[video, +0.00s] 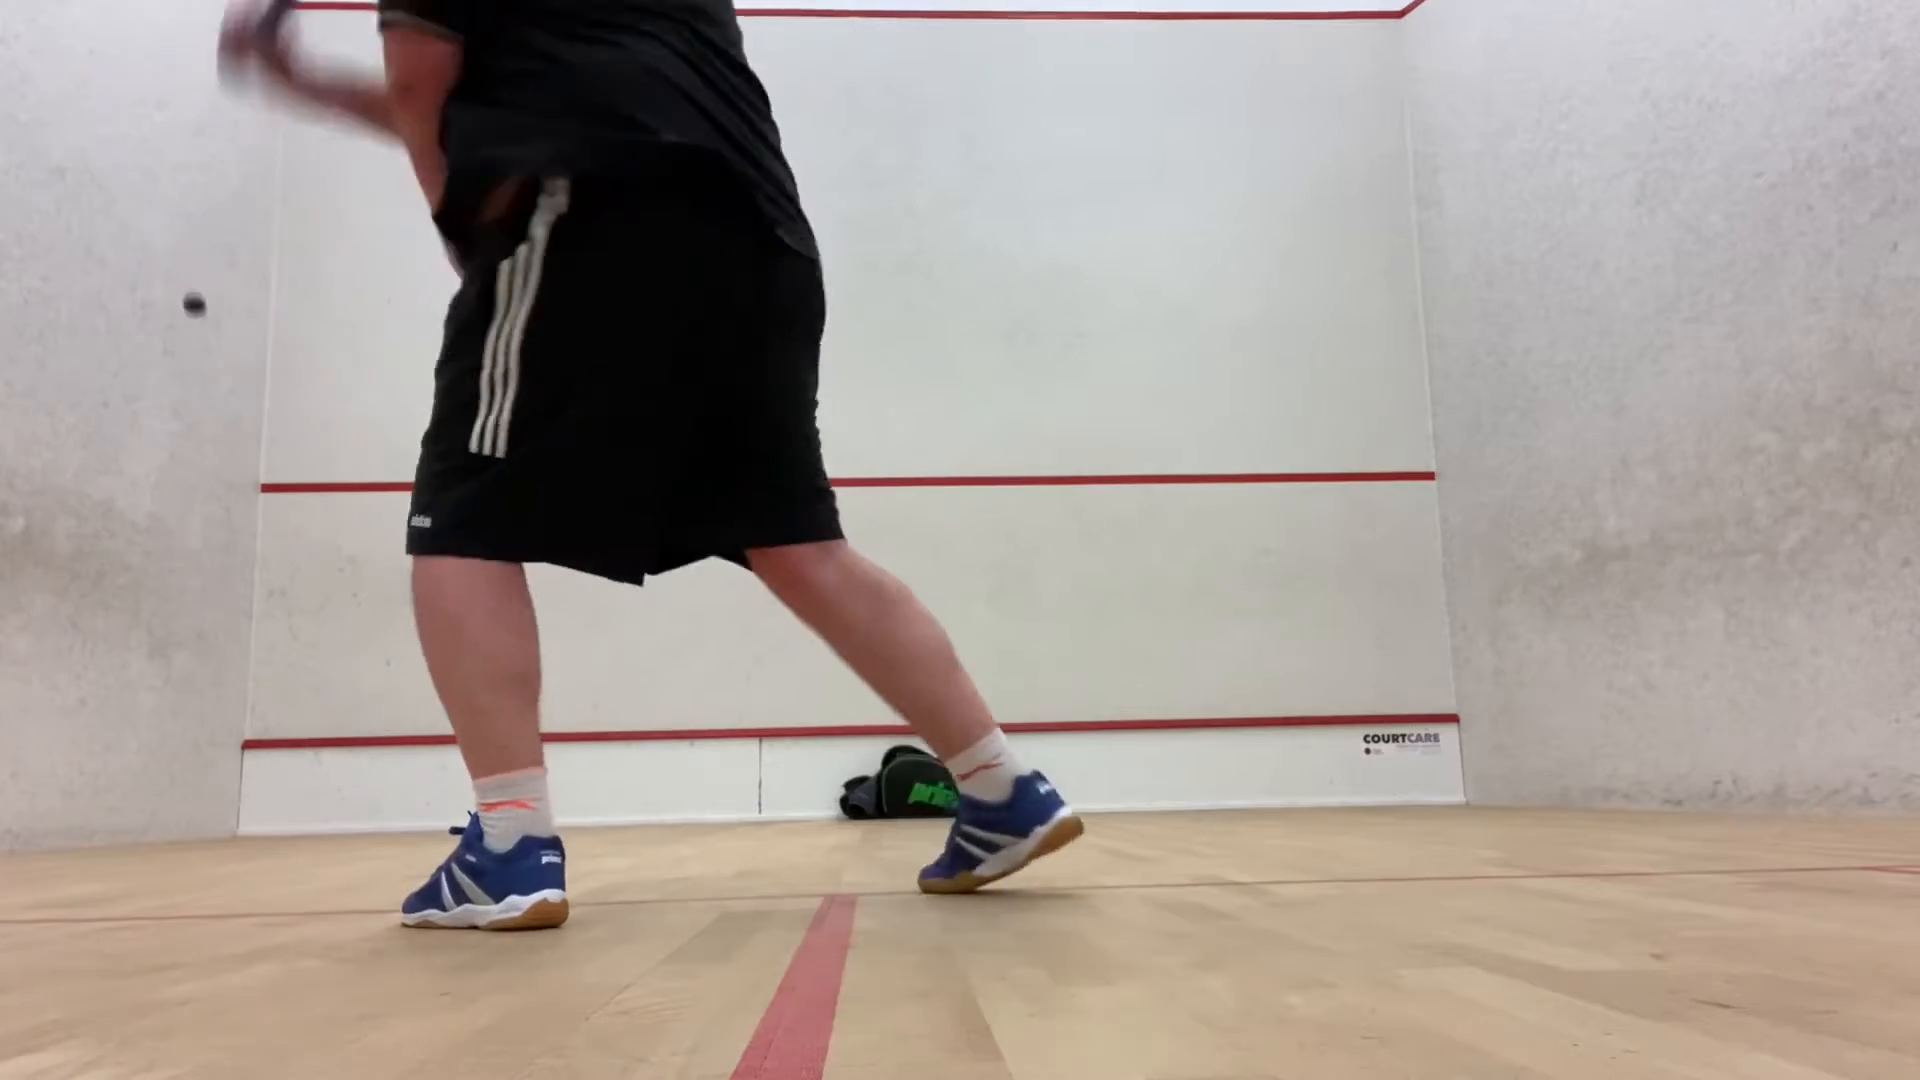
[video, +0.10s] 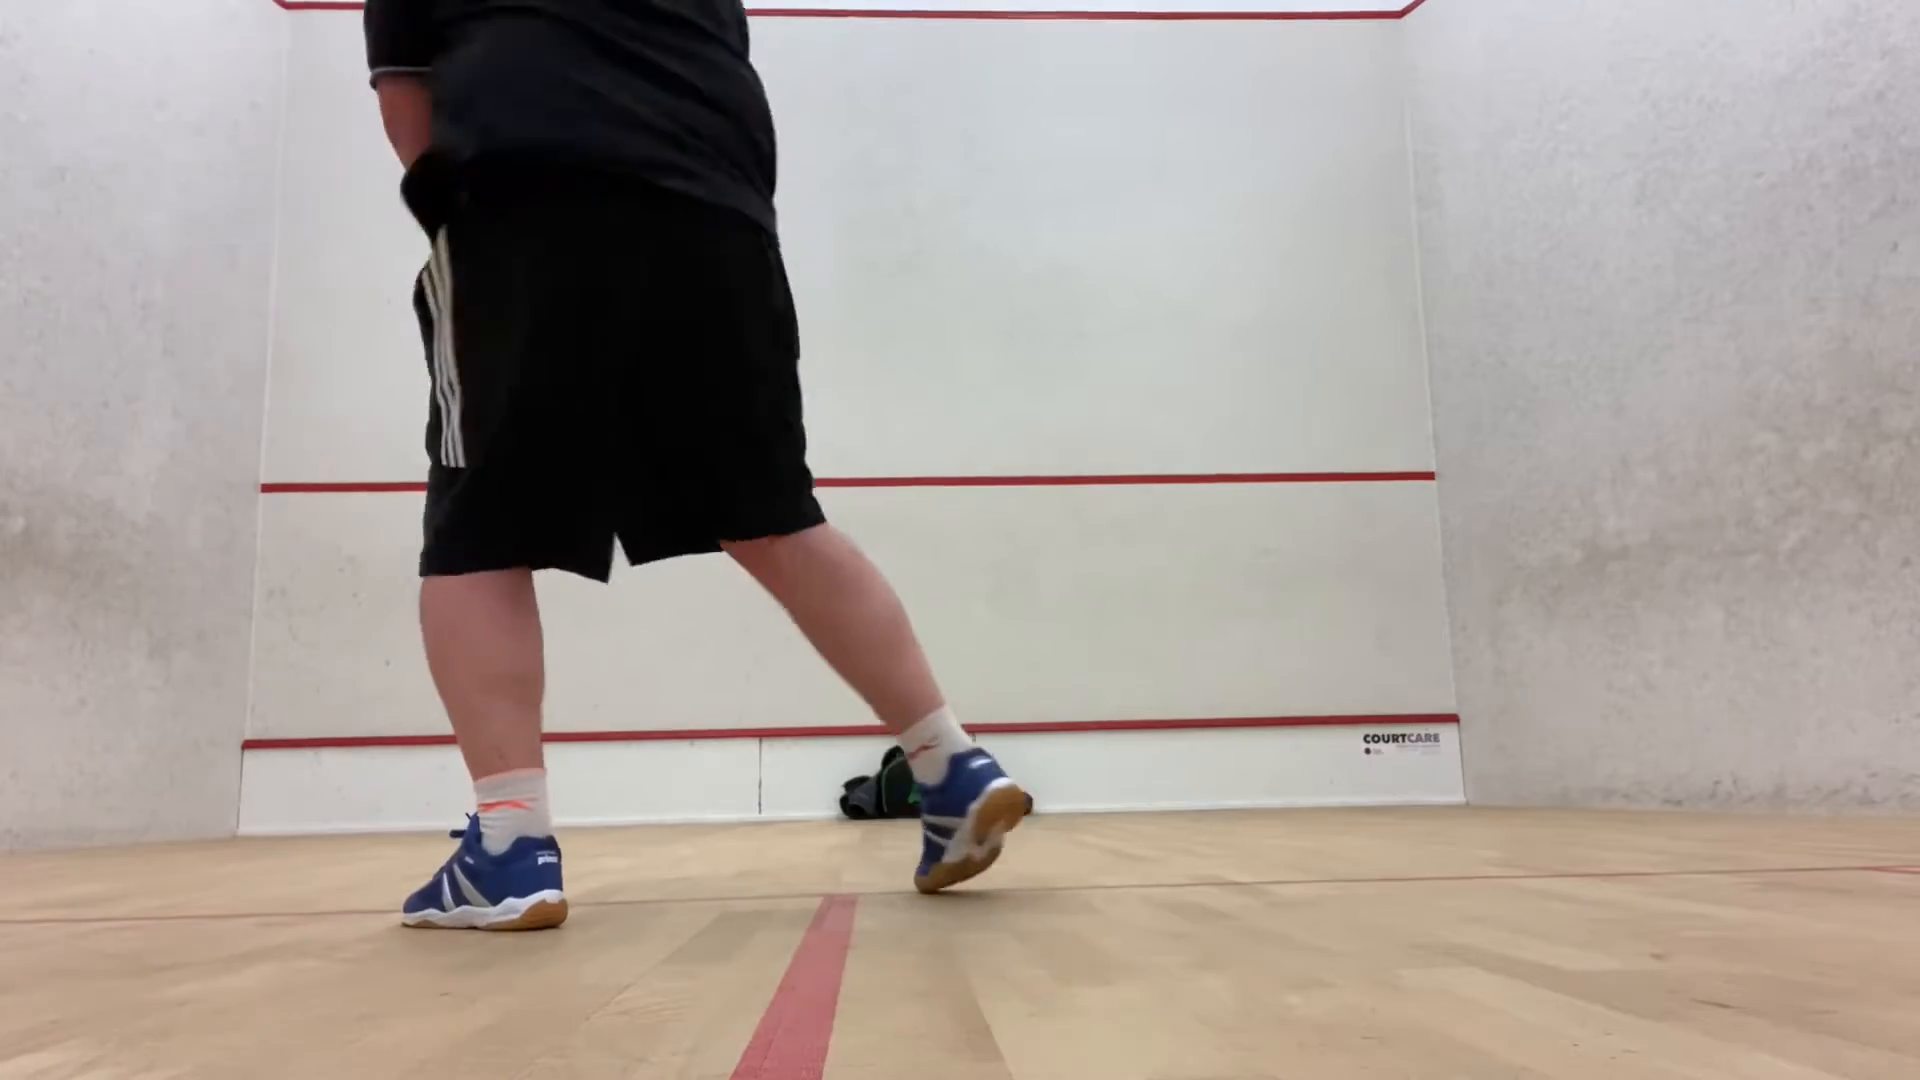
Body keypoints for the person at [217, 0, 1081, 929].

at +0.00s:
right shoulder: (669, 22)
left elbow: (417, 80)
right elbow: (469, 119)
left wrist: (463, 211)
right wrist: (303, 77)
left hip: (580, 218)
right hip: (757, 229)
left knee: (460, 531)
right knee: (789, 532)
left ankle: (512, 841)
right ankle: (1001, 789)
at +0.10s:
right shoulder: (704, 19)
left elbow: (404, 89)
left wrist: (460, 219)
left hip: (523, 206)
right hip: (712, 206)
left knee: (475, 536)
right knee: (766, 509)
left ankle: (510, 843)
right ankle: (952, 768)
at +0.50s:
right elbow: (739, 59)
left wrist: (774, 238)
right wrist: (778, 235)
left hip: (476, 167)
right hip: (649, 166)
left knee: (520, 524)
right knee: (771, 497)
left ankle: (513, 839)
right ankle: (883, 811)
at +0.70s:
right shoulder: (837, 1)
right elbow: (927, 54)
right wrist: (1128, 20)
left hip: (472, 234)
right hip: (655, 249)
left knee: (557, 569)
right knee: (808, 528)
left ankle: (435, 838)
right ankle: (884, 834)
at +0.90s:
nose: (1005, 229)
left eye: (1019, 213)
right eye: (1017, 210)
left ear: (942, 136)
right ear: (997, 191)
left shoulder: (802, 102)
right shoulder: (917, 261)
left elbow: (623, 68)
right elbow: (964, 474)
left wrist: (524, 203)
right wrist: (1023, 593)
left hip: (481, 223)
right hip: (648, 256)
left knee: (555, 555)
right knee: (838, 524)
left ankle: (419, 827)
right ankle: (884, 832)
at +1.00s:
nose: (998, 296)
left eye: (1008, 283)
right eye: (1010, 282)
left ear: (960, 195)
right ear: (1005, 263)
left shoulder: (825, 155)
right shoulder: (943, 312)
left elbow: (654, 98)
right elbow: (865, 487)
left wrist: (493, 171)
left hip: (536, 194)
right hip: (718, 234)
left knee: (541, 539)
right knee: (842, 533)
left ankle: (417, 823)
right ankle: (883, 833)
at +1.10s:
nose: (975, 273)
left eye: (977, 255)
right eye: (981, 262)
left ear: (929, 191)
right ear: (978, 252)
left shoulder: (817, 148)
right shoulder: (940, 292)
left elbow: (669, 83)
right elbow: (824, 405)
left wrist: (544, 124)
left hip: (593, 162)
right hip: (774, 211)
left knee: (562, 521)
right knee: (841, 535)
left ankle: (426, 825)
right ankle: (883, 827)